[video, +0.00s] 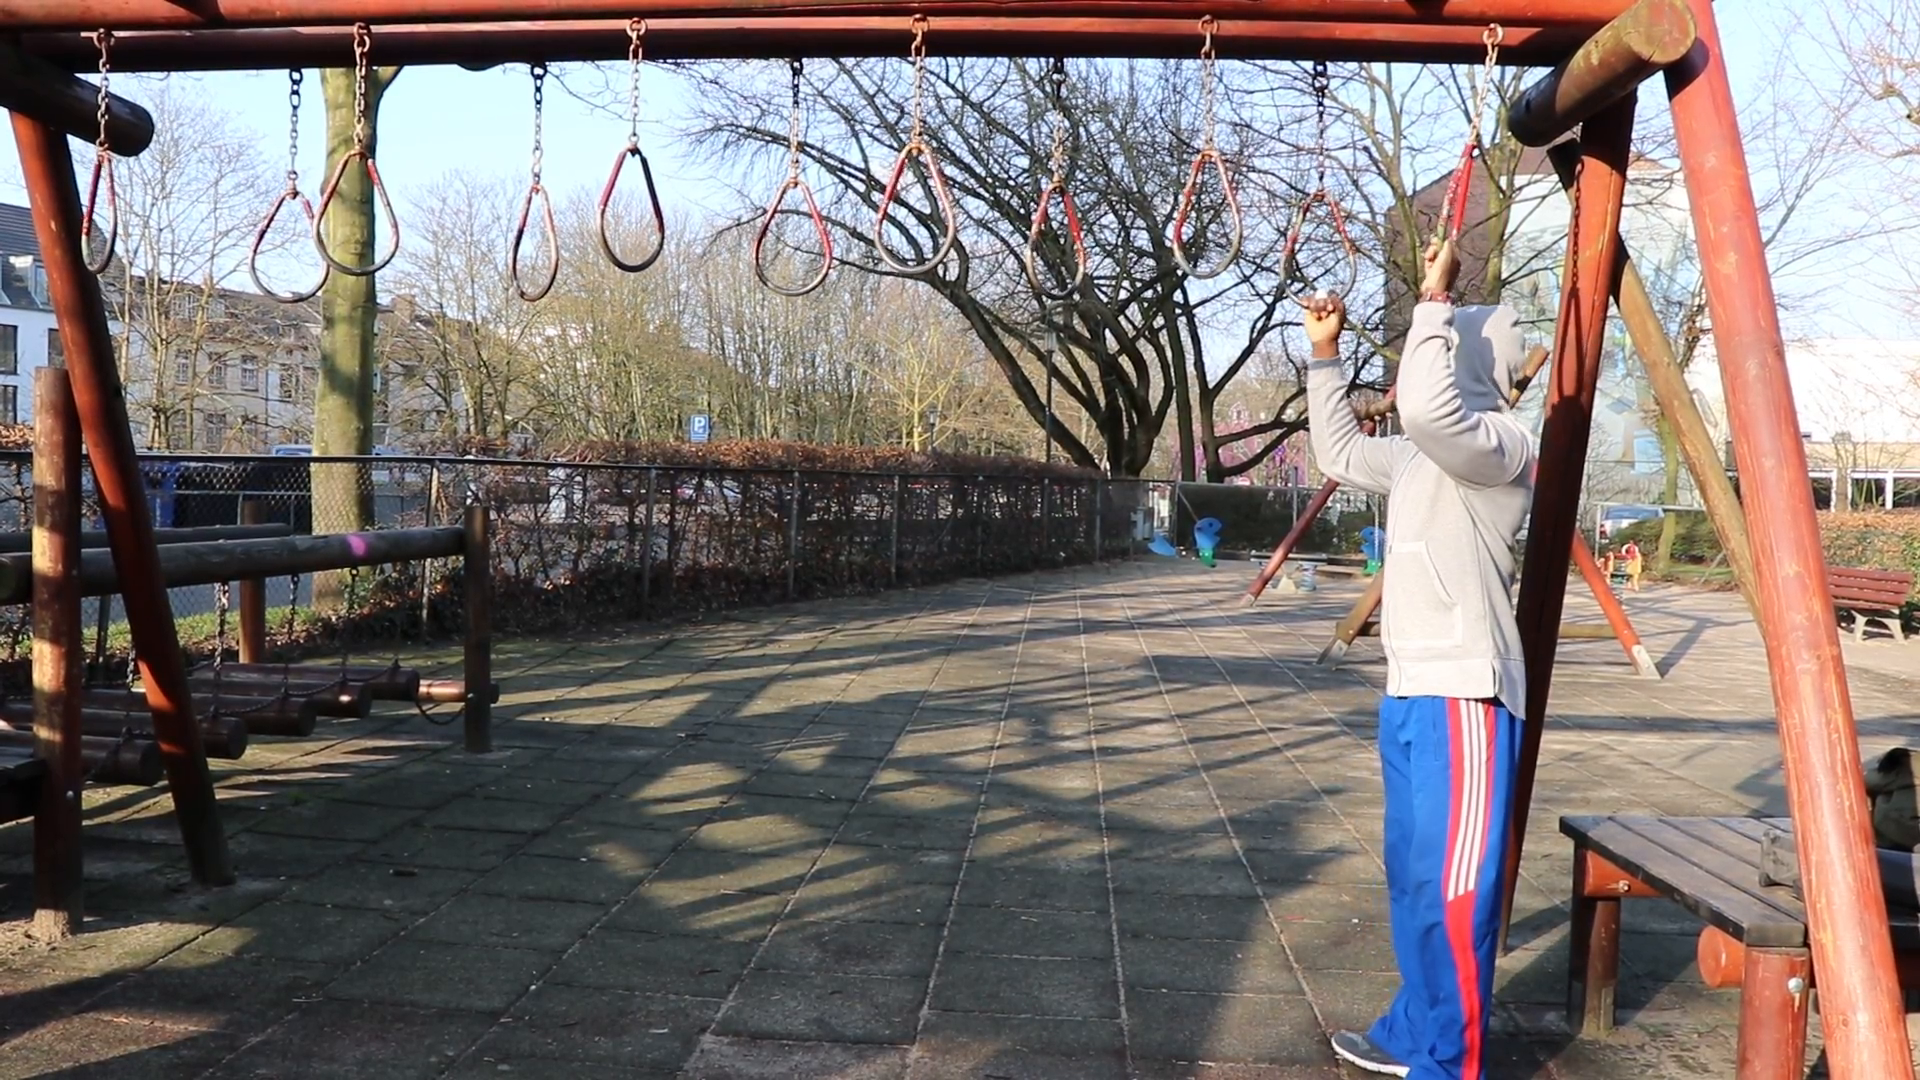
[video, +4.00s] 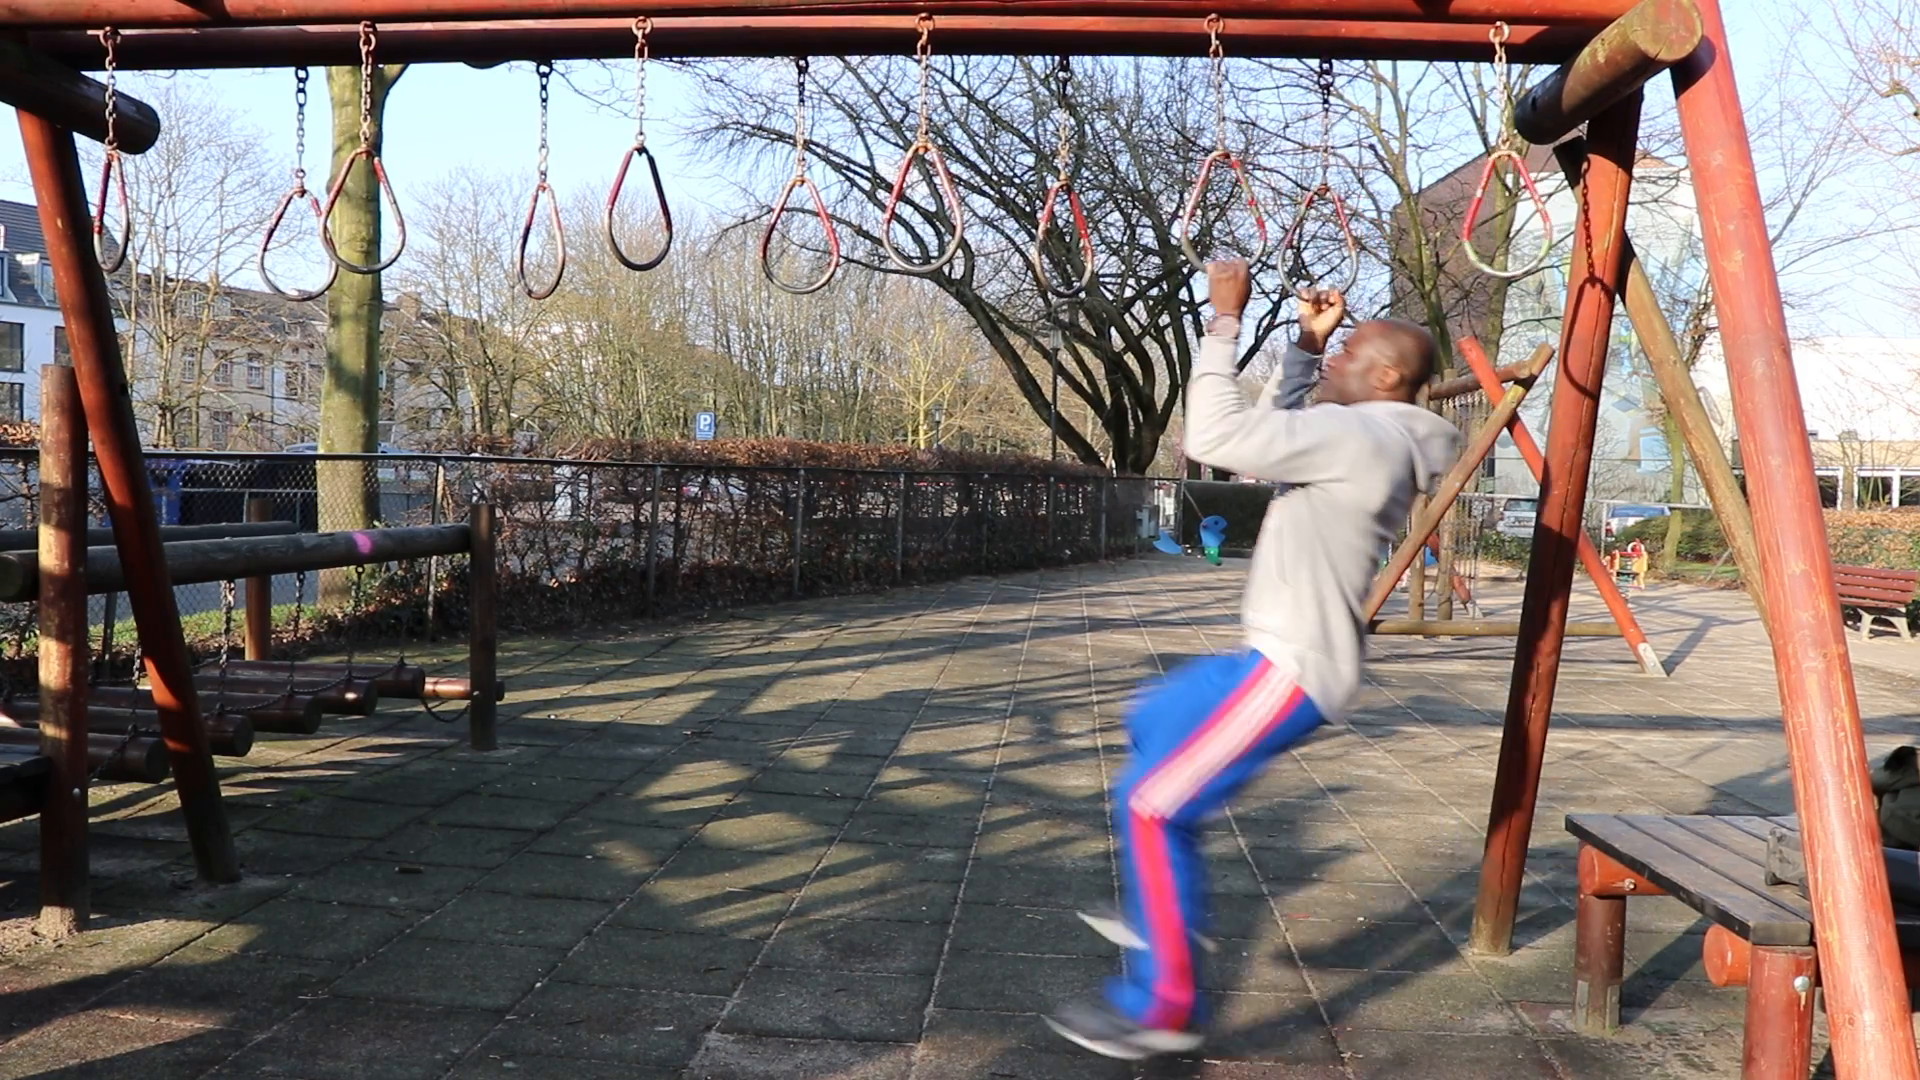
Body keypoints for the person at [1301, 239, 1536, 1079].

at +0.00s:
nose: (1427, 362)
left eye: (1453, 344)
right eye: (1431, 347)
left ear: (1483, 364)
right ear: (1474, 367)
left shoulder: (1505, 445)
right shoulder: (1419, 454)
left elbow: (1430, 414)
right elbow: (1339, 451)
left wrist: (1433, 304)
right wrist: (1325, 354)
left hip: (1469, 694)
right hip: (1415, 694)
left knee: (1456, 884)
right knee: (1414, 877)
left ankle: (1451, 1056)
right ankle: (1411, 1032)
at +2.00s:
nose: (1428, 359)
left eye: (1448, 353)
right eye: (1434, 348)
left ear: (1493, 372)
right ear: (1443, 372)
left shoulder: (1502, 441)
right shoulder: (1414, 450)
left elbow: (1474, 361)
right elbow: (1335, 447)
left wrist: (1480, 283)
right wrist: (1330, 351)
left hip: (1452, 689)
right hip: (1395, 690)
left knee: (1447, 882)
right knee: (1404, 879)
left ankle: (1449, 1057)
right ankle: (1411, 1032)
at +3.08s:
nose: (1462, 356)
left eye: (1484, 348)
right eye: (1467, 345)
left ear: (1523, 378)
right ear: (1492, 372)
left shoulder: (1512, 439)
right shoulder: (1457, 429)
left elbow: (1396, 447)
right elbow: (1348, 453)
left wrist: (1410, 325)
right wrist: (1362, 343)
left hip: (1462, 688)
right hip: (1408, 683)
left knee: (1441, 886)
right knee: (1401, 877)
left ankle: (1448, 1059)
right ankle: (1412, 1034)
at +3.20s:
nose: (1453, 347)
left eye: (1475, 342)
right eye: (1458, 337)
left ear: (1513, 376)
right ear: (1462, 368)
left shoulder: (1498, 437)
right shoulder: (1447, 430)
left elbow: (1379, 430)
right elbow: (1341, 455)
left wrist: (1312, 327)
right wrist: (1362, 344)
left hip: (1460, 691)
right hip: (1410, 684)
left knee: (1441, 882)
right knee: (1399, 871)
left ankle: (1450, 1059)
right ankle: (1410, 1034)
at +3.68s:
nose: (1402, 359)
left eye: (1421, 349)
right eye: (1409, 347)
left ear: (1466, 376)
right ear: (1460, 376)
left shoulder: (1454, 436)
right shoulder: (1427, 432)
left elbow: (1317, 427)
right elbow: (1323, 442)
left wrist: (1294, 309)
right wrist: (1343, 343)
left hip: (1407, 674)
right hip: (1367, 666)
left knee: (1356, 868)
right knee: (1316, 836)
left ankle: (1411, 1053)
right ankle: (1386, 1010)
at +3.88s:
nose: (1360, 369)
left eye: (1380, 358)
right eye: (1370, 357)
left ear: (1420, 383)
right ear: (1419, 383)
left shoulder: (1400, 444)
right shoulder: (1395, 437)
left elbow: (1254, 436)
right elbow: (1291, 439)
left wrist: (1248, 318)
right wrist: (1322, 344)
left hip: (1340, 676)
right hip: (1314, 663)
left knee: (1236, 850)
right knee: (1217, 802)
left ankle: (1280, 1043)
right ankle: (1290, 992)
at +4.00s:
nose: (1328, 360)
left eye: (1348, 352)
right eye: (1335, 347)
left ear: (1388, 377)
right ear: (1386, 377)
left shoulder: (1366, 439)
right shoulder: (1369, 434)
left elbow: (1215, 435)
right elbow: (1273, 430)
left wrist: (1223, 317)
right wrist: (1306, 343)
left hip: (1298, 667)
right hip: (1280, 650)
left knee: (1148, 804)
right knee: (1152, 719)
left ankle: (1165, 1010)